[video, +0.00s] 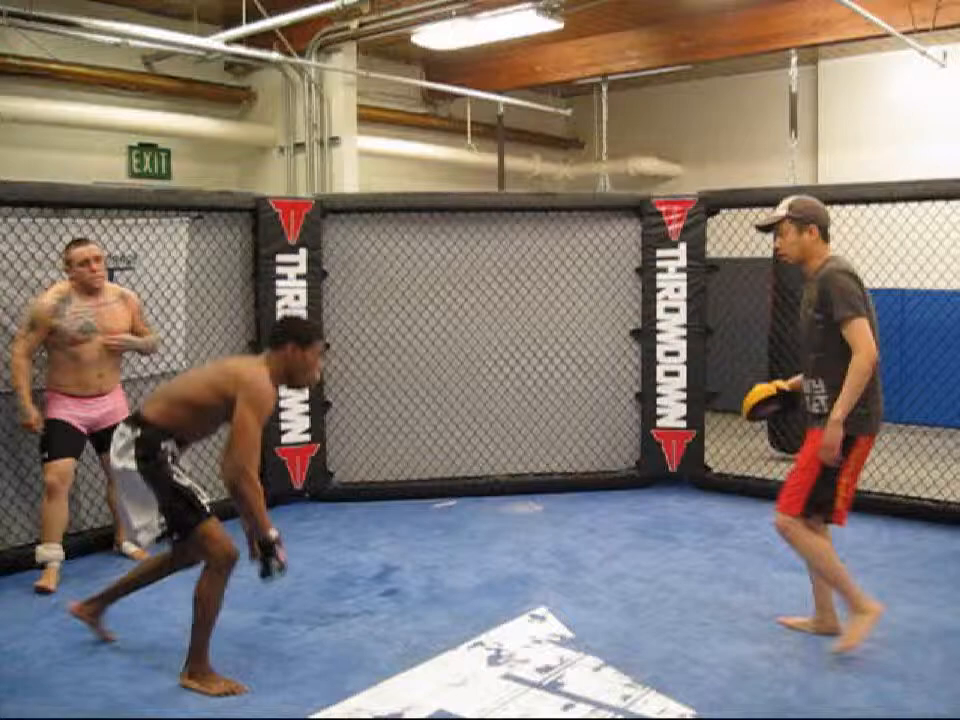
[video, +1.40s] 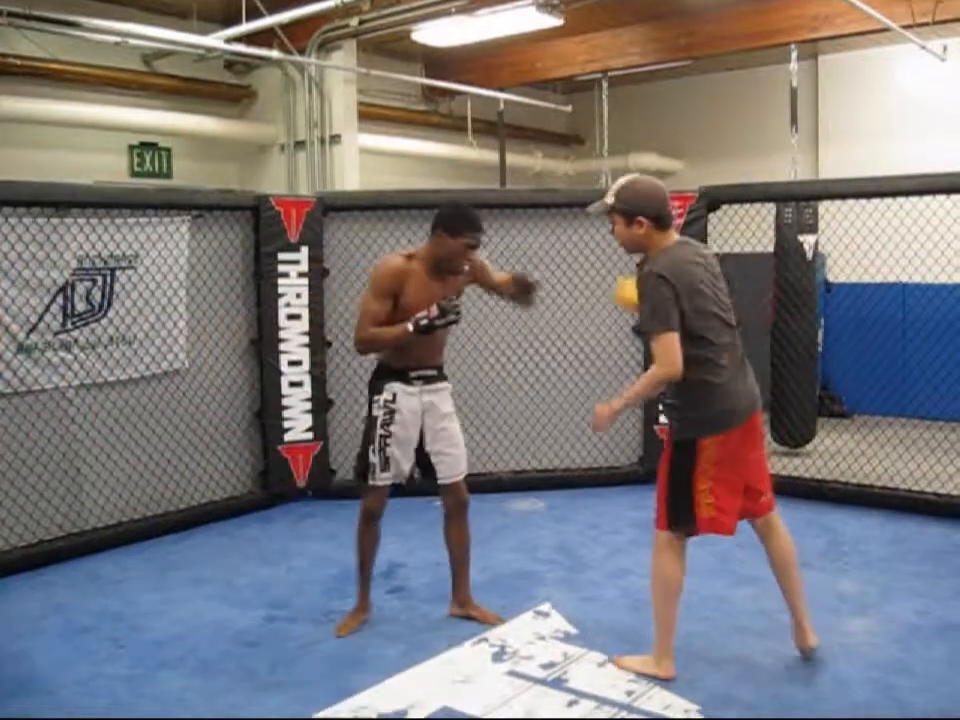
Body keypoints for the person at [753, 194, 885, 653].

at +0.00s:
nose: (777, 244)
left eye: (782, 234)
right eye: (776, 235)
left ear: (810, 233)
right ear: (804, 234)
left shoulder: (836, 278)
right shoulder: (817, 280)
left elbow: (866, 353)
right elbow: (830, 363)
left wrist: (836, 421)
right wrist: (790, 386)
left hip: (845, 423)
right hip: (828, 420)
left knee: (790, 519)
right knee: (811, 521)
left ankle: (863, 606)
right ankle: (823, 615)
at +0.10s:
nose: (770, 238)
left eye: (775, 229)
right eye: (770, 230)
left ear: (803, 230)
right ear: (800, 232)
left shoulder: (827, 275)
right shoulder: (814, 276)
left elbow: (862, 347)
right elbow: (828, 361)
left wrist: (842, 414)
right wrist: (787, 380)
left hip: (831, 419)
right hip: (828, 416)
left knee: (778, 514)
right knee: (813, 517)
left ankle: (822, 619)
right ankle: (823, 612)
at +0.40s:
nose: (744, 233)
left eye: (748, 224)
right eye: (744, 225)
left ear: (773, 226)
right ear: (783, 226)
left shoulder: (785, 275)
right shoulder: (815, 267)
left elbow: (788, 361)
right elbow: (806, 350)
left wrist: (759, 422)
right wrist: (747, 359)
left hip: (797, 419)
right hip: (828, 415)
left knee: (765, 525)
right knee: (809, 519)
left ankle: (766, 643)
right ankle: (826, 614)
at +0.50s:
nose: (742, 228)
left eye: (746, 219)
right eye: (742, 219)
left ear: (771, 222)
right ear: (779, 222)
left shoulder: (782, 273)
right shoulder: (812, 264)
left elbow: (767, 357)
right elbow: (788, 324)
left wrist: (715, 391)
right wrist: (735, 303)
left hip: (792, 420)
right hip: (822, 416)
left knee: (760, 526)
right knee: (805, 521)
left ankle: (764, 643)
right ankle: (822, 622)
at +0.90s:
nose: (724, 236)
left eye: (730, 228)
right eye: (724, 228)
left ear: (757, 232)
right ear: (764, 233)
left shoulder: (766, 282)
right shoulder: (786, 270)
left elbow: (761, 366)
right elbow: (711, 276)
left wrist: (698, 389)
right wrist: (674, 236)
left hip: (756, 429)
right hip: (788, 426)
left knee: (691, 522)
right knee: (784, 525)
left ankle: (671, 649)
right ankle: (822, 627)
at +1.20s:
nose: (643, 232)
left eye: (650, 224)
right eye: (644, 224)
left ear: (678, 230)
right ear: (681, 230)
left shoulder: (695, 278)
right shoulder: (694, 263)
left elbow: (718, 363)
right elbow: (635, 280)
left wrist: (654, 391)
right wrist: (596, 247)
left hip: (717, 428)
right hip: (756, 419)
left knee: (671, 537)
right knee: (784, 523)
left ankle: (661, 658)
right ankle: (812, 623)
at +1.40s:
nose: (611, 230)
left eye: (616, 221)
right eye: (611, 220)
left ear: (642, 225)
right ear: (654, 222)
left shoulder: (657, 273)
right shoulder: (698, 252)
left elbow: (668, 365)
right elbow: (714, 323)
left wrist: (616, 404)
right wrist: (650, 316)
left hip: (698, 420)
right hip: (744, 405)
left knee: (670, 536)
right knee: (765, 517)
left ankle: (661, 657)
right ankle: (804, 631)